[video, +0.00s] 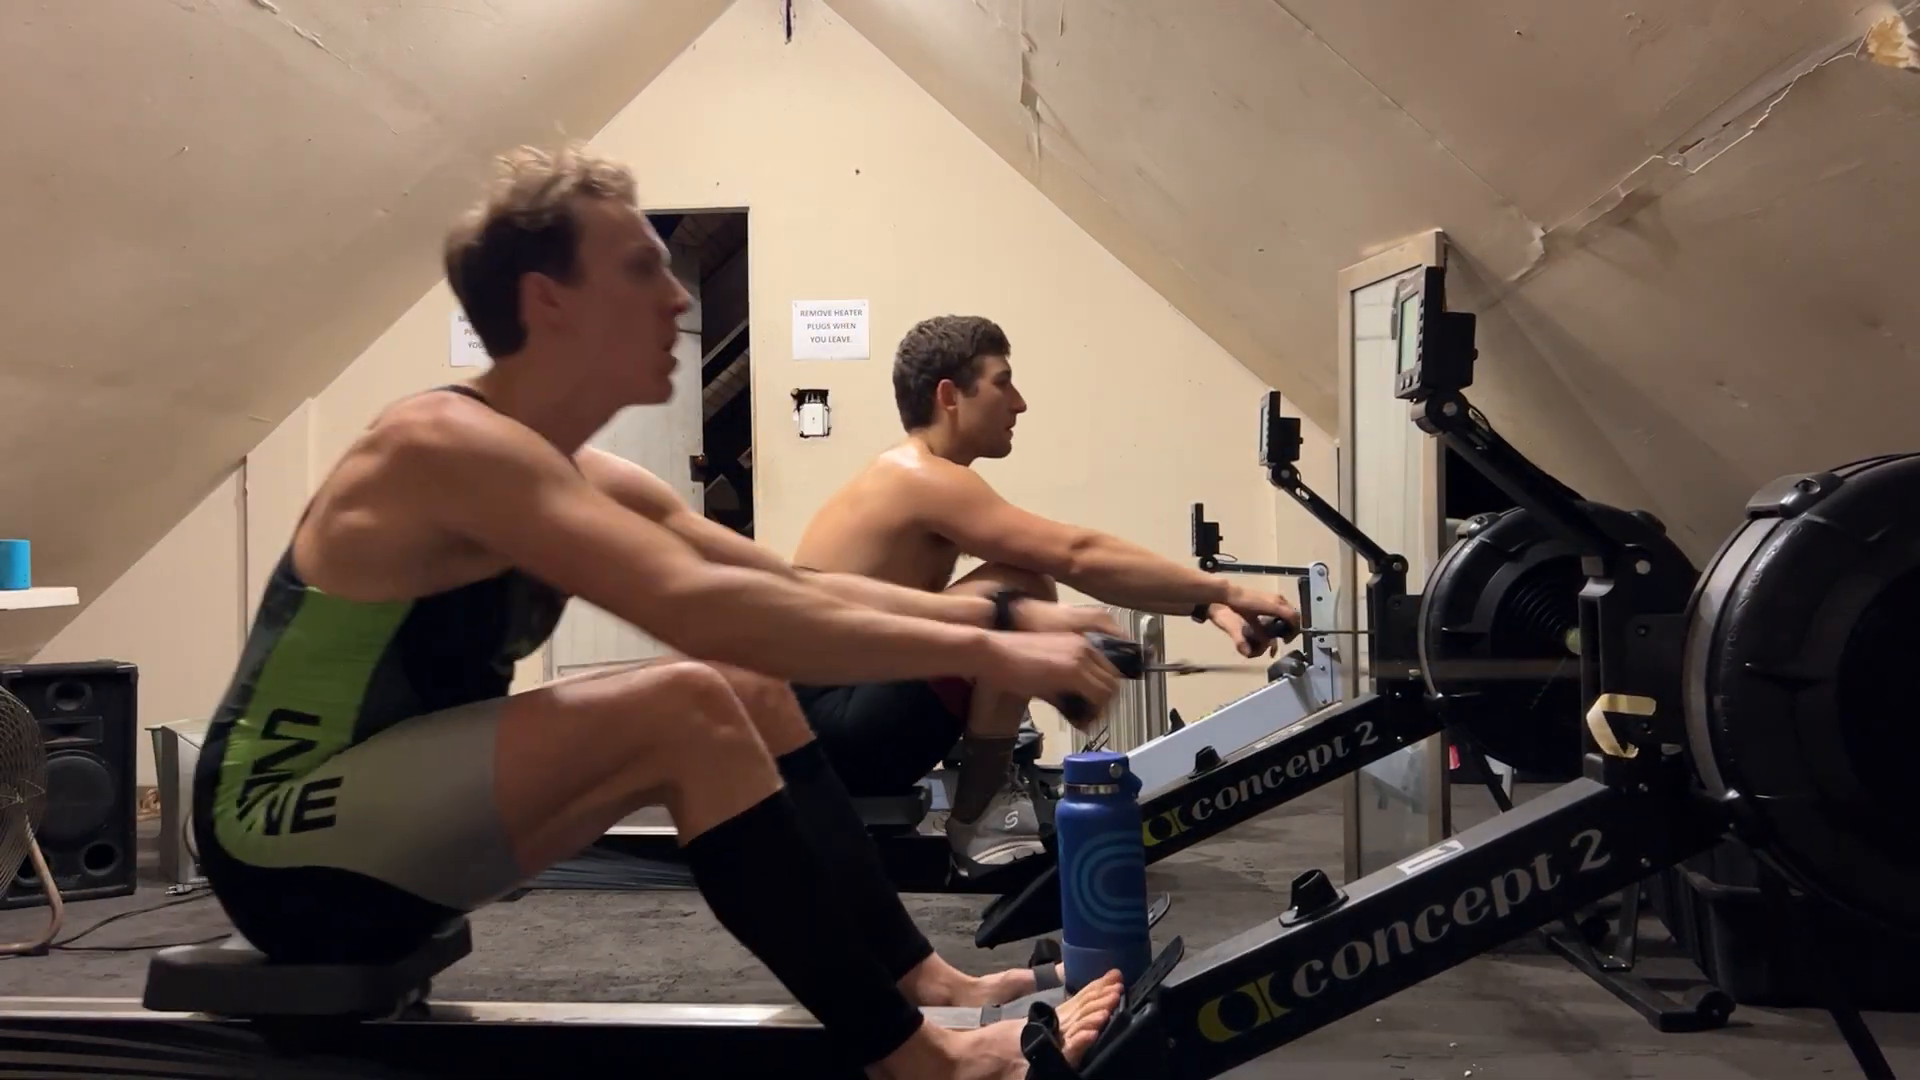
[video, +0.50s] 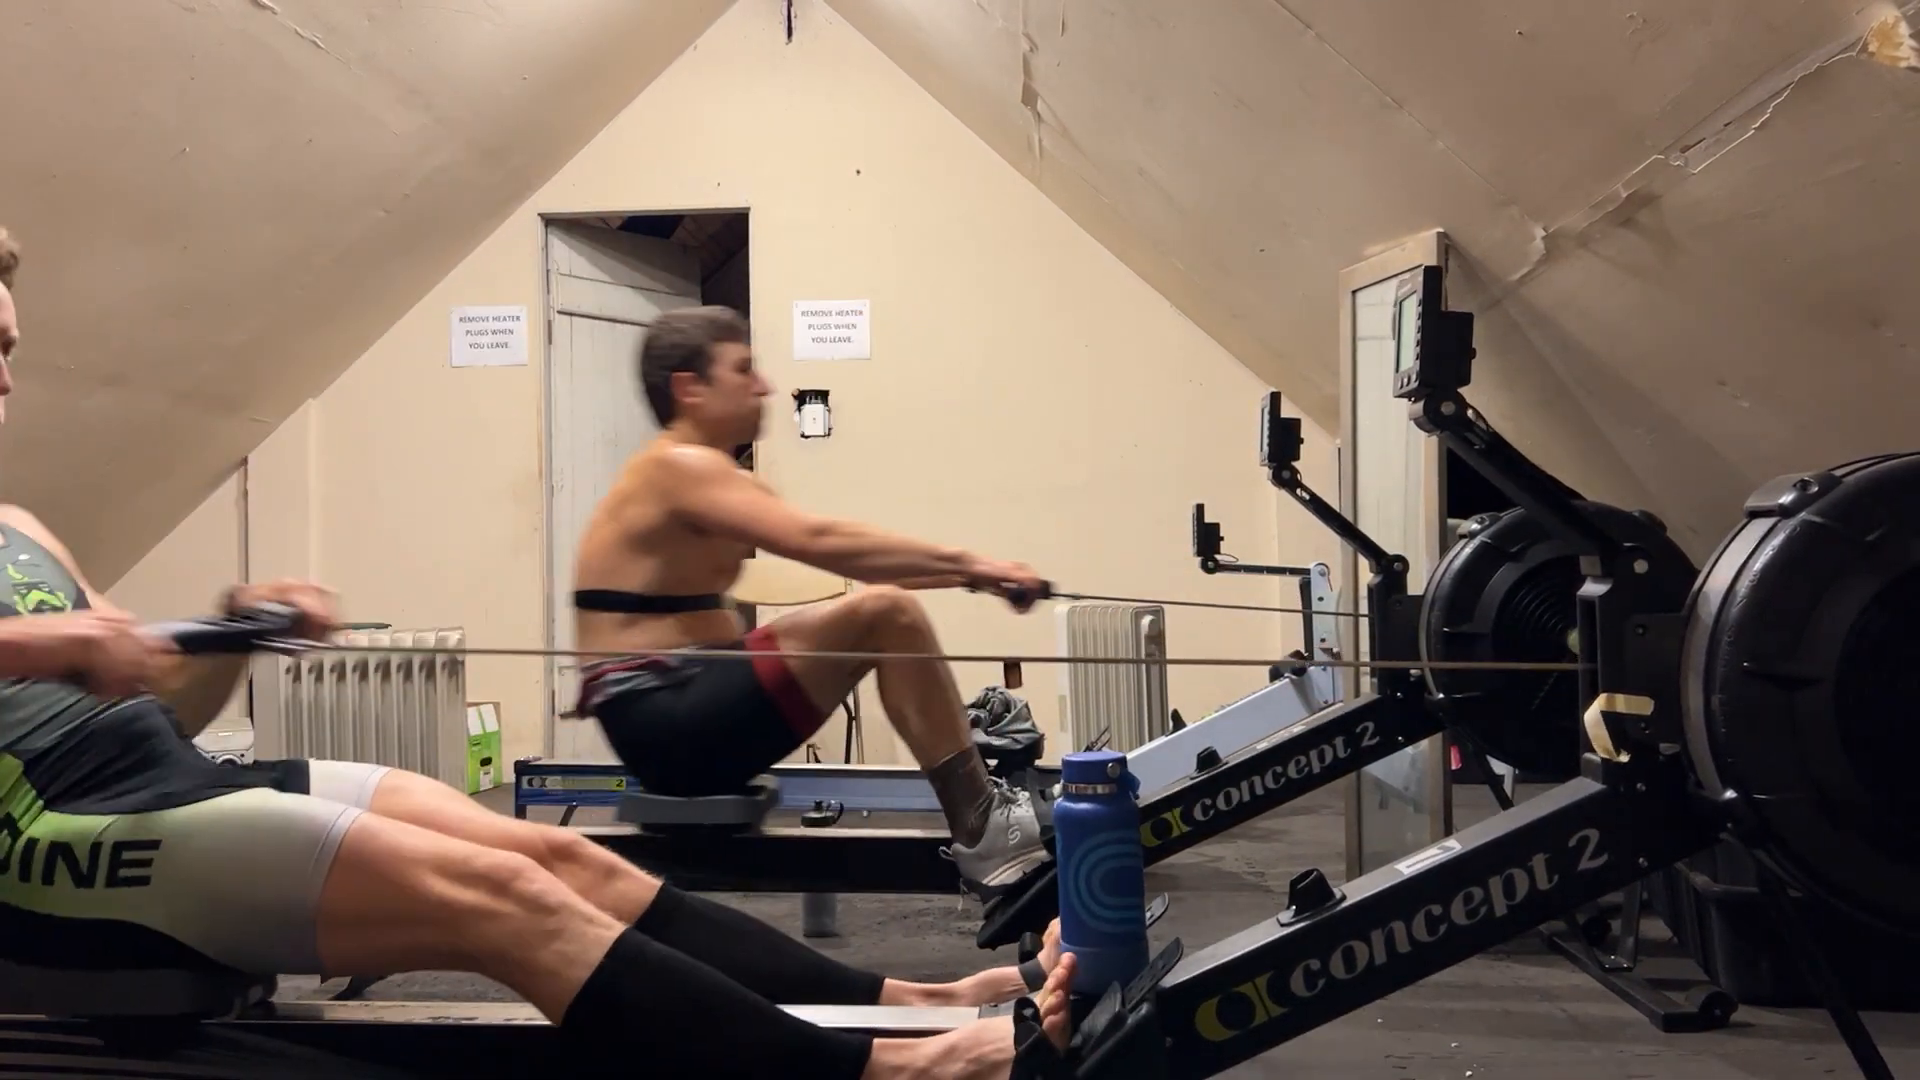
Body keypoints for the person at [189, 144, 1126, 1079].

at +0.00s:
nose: (680, 299)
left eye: (665, 269)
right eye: (645, 272)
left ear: (556, 306)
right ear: (547, 302)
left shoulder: (592, 480)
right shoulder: (449, 445)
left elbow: (784, 587)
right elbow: (702, 613)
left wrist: (977, 617)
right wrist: (984, 652)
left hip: (377, 806)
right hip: (293, 832)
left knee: (748, 686)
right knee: (686, 713)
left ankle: (919, 988)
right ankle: (902, 1055)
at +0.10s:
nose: (563, 264)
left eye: (550, 236)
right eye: (528, 239)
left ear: (459, 268)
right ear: (426, 267)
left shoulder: (504, 453)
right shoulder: (348, 425)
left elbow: (665, 608)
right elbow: (531, 641)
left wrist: (868, 615)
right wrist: (824, 634)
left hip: (357, 800)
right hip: (248, 823)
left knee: (724, 702)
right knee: (657, 744)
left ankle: (918, 991)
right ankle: (896, 1055)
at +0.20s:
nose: (387, 245)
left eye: (382, 217)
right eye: (352, 218)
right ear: (244, 234)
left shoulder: (367, 431)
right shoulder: (188, 415)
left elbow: (518, 605)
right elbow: (351, 649)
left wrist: (715, 595)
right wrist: (630, 628)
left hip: (316, 766)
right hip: (189, 803)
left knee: (677, 739)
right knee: (612, 780)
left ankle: (923, 998)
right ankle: (896, 1059)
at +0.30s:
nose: (203, 267)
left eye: (202, 237)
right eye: (169, 237)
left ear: (196, 240)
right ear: (55, 251)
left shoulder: (211, 432)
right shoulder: (21, 430)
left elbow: (360, 602)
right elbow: (154, 650)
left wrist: (520, 602)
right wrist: (446, 614)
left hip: (252, 765)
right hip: (127, 807)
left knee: (626, 792)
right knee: (564, 838)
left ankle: (926, 1005)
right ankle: (904, 1061)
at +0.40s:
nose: (54, 322)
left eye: (59, 296)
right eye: (30, 298)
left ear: (66, 303)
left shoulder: (80, 478)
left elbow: (236, 644)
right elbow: (13, 700)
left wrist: (378, 609)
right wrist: (205, 632)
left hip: (199, 777)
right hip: (78, 815)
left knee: (579, 846)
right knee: (512, 891)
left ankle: (924, 1010)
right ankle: (895, 1063)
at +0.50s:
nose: (14, 323)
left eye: (12, 296)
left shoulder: (30, 531)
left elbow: (153, 690)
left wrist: (244, 629)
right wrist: (71, 641)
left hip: (161, 780)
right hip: (64, 821)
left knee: (563, 858)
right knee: (505, 901)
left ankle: (945, 1010)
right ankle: (898, 1070)